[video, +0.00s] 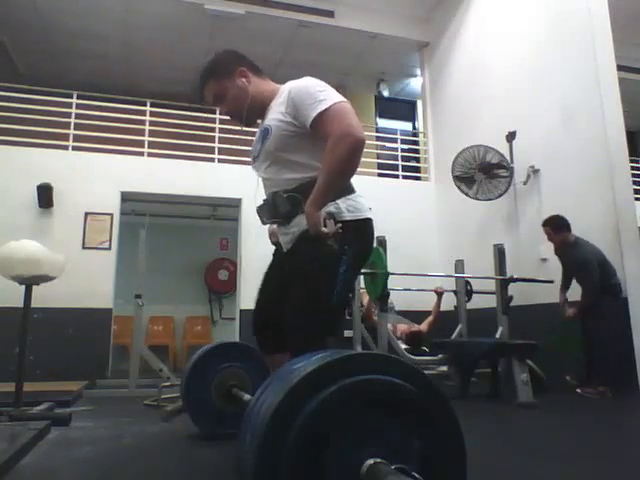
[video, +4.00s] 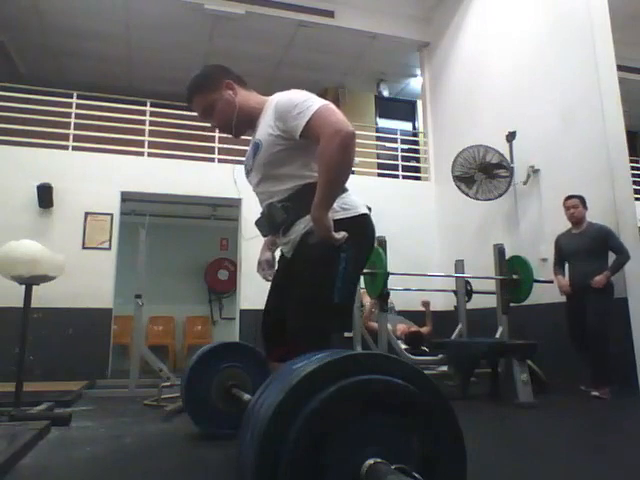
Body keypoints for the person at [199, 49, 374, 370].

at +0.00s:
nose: (222, 111)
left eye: (221, 98)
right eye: (216, 106)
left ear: (243, 77)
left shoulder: (300, 91)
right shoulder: (265, 134)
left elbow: (349, 137)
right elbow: (291, 181)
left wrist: (313, 206)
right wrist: (277, 222)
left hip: (335, 228)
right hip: (300, 237)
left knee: (303, 333)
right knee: (268, 326)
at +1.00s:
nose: (219, 129)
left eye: (216, 116)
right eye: (212, 123)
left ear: (235, 93)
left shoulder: (294, 104)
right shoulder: (260, 157)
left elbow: (345, 143)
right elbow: (291, 198)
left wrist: (317, 214)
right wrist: (281, 234)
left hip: (339, 234)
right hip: (304, 247)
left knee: (310, 340)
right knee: (277, 339)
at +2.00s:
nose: (208, 150)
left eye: (204, 139)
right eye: (201, 145)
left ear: (220, 112)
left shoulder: (280, 114)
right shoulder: (247, 169)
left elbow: (332, 155)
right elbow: (279, 209)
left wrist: (306, 224)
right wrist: (272, 243)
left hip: (336, 237)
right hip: (300, 251)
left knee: (303, 335)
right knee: (274, 337)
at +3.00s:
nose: (202, 155)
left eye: (197, 143)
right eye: (194, 150)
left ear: (213, 118)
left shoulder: (271, 118)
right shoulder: (240, 170)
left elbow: (317, 160)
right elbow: (271, 216)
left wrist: (297, 236)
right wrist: (257, 254)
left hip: (331, 238)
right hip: (296, 251)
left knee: (298, 333)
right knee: (266, 334)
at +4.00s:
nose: (213, 125)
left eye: (210, 111)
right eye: (206, 119)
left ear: (230, 89)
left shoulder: (283, 103)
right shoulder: (254, 157)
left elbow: (339, 133)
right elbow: (279, 205)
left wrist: (320, 210)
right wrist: (268, 246)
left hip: (334, 228)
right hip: (299, 242)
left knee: (311, 334)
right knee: (276, 330)